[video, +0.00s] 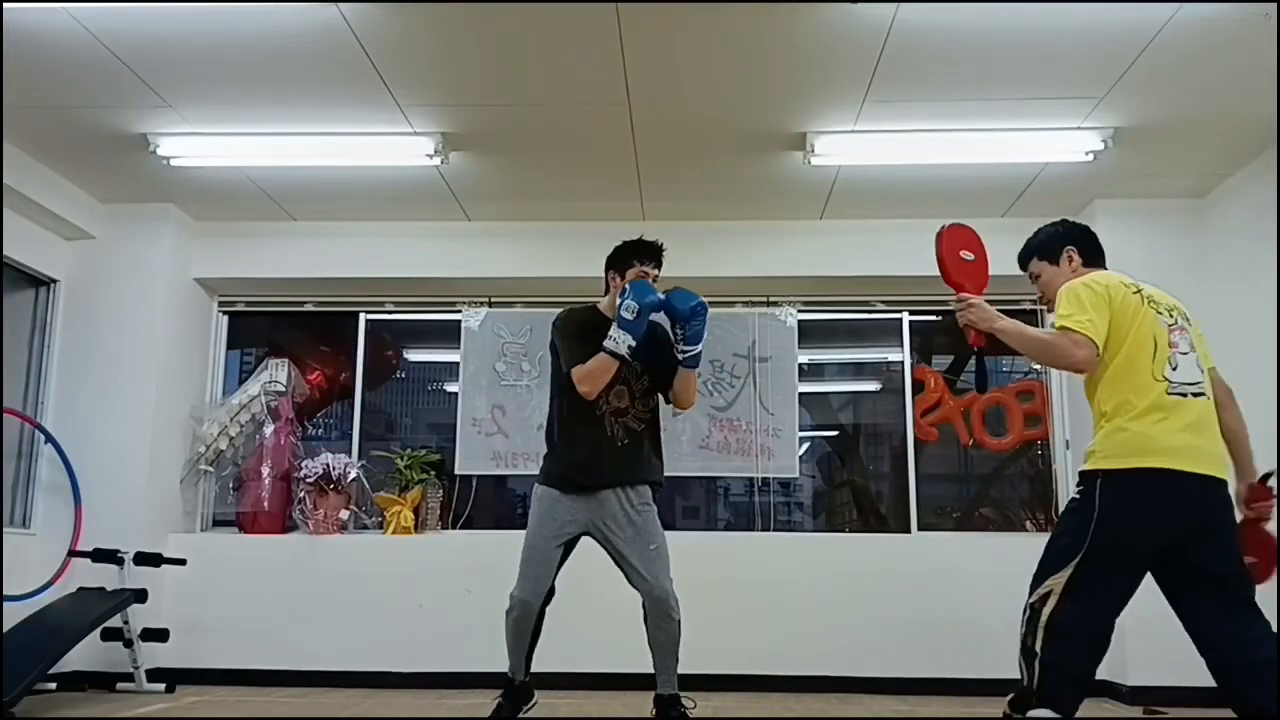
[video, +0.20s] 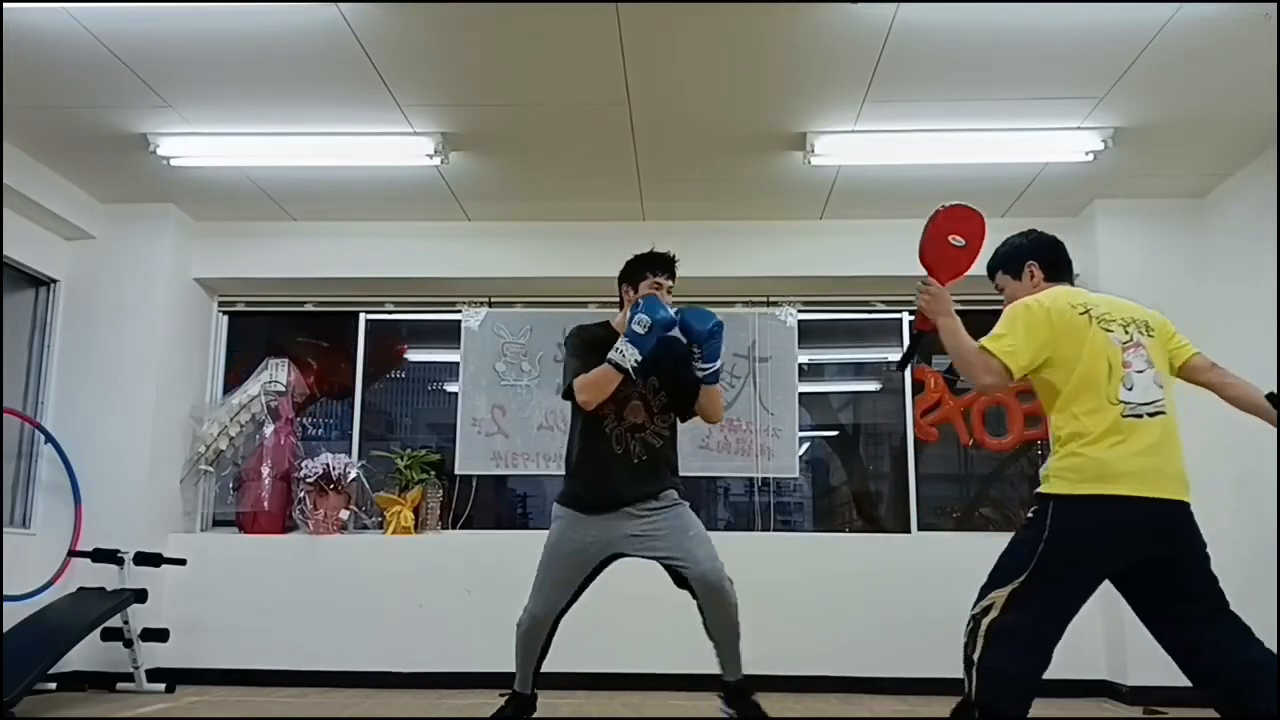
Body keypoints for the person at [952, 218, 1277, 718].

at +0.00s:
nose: (1038, 294)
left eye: (1038, 277)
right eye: (1033, 283)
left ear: (1071, 258)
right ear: (1089, 262)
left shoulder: (1088, 287)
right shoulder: (1173, 308)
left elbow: (1080, 353)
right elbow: (1221, 396)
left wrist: (997, 323)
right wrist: (1248, 480)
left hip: (1127, 480)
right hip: (1204, 489)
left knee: (1064, 606)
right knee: (1234, 623)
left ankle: (1044, 708)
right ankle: (1267, 705)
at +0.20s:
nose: (1004, 304)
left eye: (1004, 291)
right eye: (1000, 295)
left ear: (1032, 274)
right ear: (1054, 274)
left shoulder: (1040, 309)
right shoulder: (1141, 317)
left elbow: (987, 375)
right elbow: (1213, 374)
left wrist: (946, 318)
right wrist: (1272, 412)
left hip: (1081, 504)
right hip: (1162, 508)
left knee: (1004, 627)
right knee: (1212, 634)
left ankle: (987, 709)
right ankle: (1269, 701)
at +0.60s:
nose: (874, 219)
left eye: (875, 209)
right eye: (874, 210)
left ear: (893, 199)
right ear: (938, 198)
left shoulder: (883, 241)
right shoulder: (1004, 245)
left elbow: (856, 323)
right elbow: (1042, 330)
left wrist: (826, 392)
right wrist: (1036, 412)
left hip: (922, 430)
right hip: (999, 434)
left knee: (909, 570)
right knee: (987, 574)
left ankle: (899, 703)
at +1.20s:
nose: (622, 268)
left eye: (617, 254)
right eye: (616, 257)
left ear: (629, 243)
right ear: (679, 227)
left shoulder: (668, 282)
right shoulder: (763, 255)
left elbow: (690, 397)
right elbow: (845, 326)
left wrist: (679, 460)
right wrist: (907, 406)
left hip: (774, 475)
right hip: (853, 459)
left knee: (697, 631)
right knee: (856, 605)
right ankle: (919, 707)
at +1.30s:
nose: (617, 239)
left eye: (612, 225)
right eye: (613, 227)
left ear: (624, 214)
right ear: (678, 200)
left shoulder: (648, 263)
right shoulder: (767, 237)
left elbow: (674, 383)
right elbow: (847, 325)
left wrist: (663, 446)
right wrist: (902, 408)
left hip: (746, 471)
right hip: (837, 457)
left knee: (689, 635)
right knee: (839, 607)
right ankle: (904, 701)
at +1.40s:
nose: (625, 203)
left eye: (622, 188)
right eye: (621, 190)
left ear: (637, 177)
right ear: (696, 172)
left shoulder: (642, 236)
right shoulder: (785, 217)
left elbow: (654, 360)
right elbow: (852, 312)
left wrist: (624, 399)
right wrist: (900, 405)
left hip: (722, 465)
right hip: (824, 454)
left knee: (693, 641)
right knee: (844, 613)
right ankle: (864, 697)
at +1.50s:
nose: (650, 176)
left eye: (646, 163)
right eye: (647, 165)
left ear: (659, 157)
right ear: (727, 153)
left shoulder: (641, 218)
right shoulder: (810, 204)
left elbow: (624, 345)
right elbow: (869, 310)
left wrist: (582, 327)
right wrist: (907, 416)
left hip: (704, 464)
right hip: (816, 458)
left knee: (694, 649)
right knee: (833, 637)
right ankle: (847, 710)